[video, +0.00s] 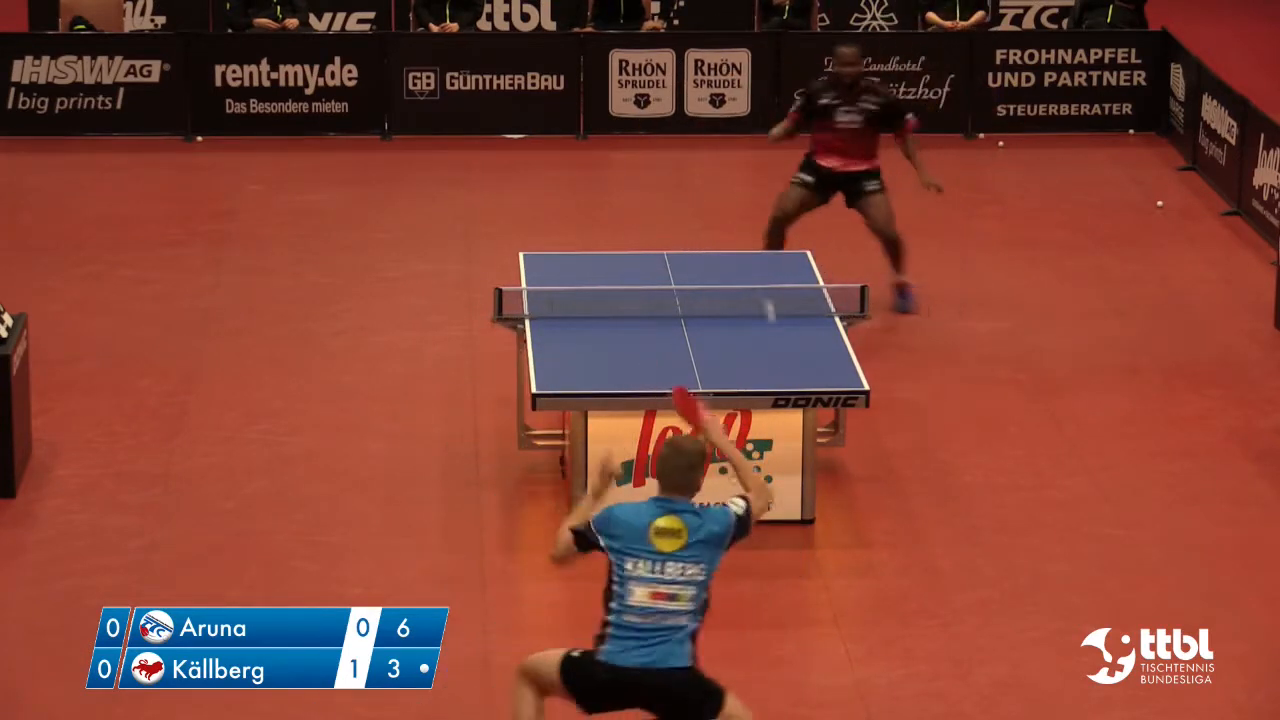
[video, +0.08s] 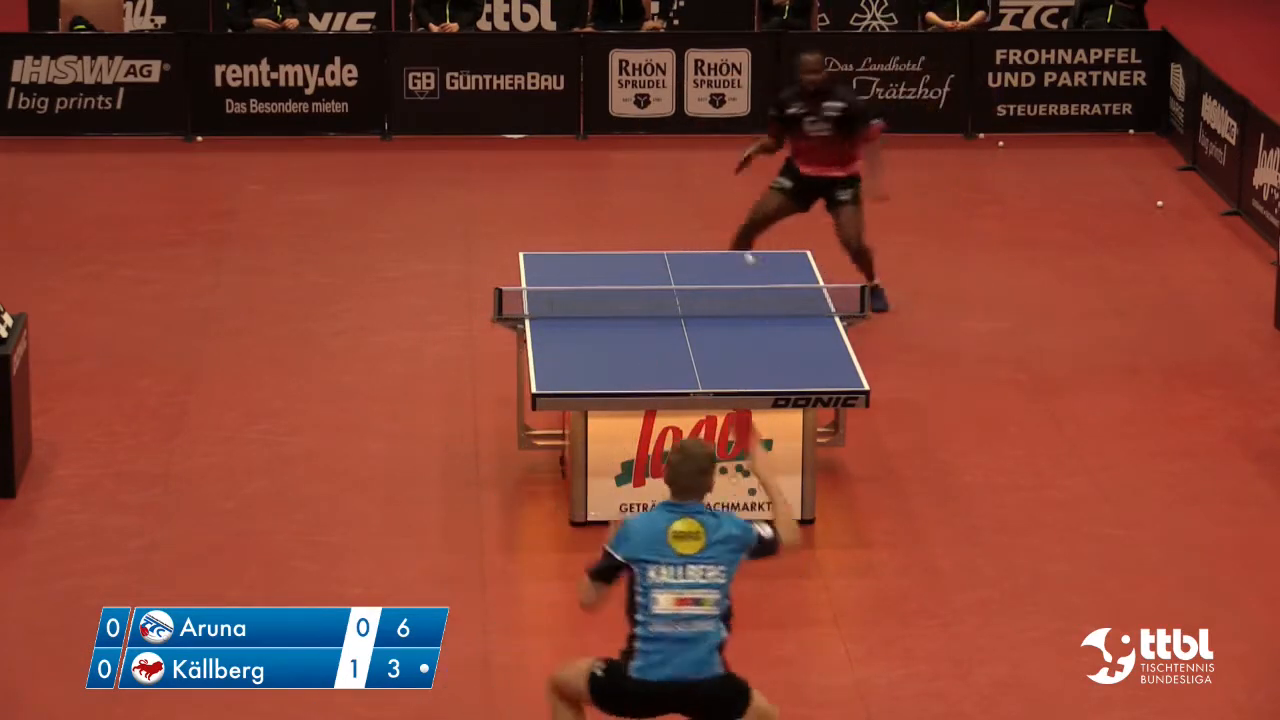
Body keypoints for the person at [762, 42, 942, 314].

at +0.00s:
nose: (847, 70)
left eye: (853, 65)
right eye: (842, 65)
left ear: (862, 65)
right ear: (833, 66)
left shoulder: (878, 96)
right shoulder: (819, 91)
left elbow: (903, 133)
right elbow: (794, 120)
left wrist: (923, 174)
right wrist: (782, 130)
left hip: (863, 174)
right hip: (820, 170)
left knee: (886, 230)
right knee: (780, 216)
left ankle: (901, 284)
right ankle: (769, 277)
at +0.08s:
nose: (811, 78)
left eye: (816, 72)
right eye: (806, 73)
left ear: (826, 72)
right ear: (798, 74)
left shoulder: (847, 101)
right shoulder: (788, 101)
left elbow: (871, 141)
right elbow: (775, 142)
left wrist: (877, 184)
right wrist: (754, 150)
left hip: (841, 179)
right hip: (800, 176)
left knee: (852, 241)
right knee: (752, 224)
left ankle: (873, 285)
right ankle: (727, 276)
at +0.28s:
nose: (733, 100)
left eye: (738, 94)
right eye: (729, 95)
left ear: (753, 93)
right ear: (725, 94)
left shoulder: (763, 116)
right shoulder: (740, 116)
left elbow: (750, 160)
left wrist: (713, 187)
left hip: (796, 196)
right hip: (760, 192)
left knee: (811, 267)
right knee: (706, 217)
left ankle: (877, 278)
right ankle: (699, 277)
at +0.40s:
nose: (713, 85)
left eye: (718, 79)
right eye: (710, 79)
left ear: (733, 76)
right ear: (708, 77)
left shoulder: (740, 96)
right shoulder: (729, 95)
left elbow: (737, 131)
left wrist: (711, 160)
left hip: (780, 182)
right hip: (745, 180)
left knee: (808, 250)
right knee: (695, 214)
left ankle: (874, 279)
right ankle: (690, 278)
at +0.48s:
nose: (707, 59)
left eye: (712, 53)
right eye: (706, 53)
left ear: (728, 52)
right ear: (708, 54)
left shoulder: (745, 76)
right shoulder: (723, 77)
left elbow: (760, 112)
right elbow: (733, 117)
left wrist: (741, 137)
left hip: (771, 161)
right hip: (736, 163)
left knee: (797, 227)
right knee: (697, 214)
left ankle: (859, 266)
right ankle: (690, 274)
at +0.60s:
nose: (747, 30)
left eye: (753, 24)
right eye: (742, 25)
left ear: (765, 25)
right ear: (735, 25)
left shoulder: (771, 50)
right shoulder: (727, 44)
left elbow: (790, 73)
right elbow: (687, 44)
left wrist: (781, 37)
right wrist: (718, 26)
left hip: (759, 136)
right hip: (724, 136)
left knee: (770, 197)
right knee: (707, 203)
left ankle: (812, 244)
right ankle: (696, 266)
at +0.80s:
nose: (772, 52)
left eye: (777, 46)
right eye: (767, 45)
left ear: (783, 46)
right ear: (755, 43)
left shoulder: (785, 78)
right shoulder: (737, 54)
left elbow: (814, 108)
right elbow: (714, 13)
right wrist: (741, 7)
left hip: (742, 141)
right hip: (702, 135)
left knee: (757, 207)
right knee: (678, 203)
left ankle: (781, 258)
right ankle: (660, 256)